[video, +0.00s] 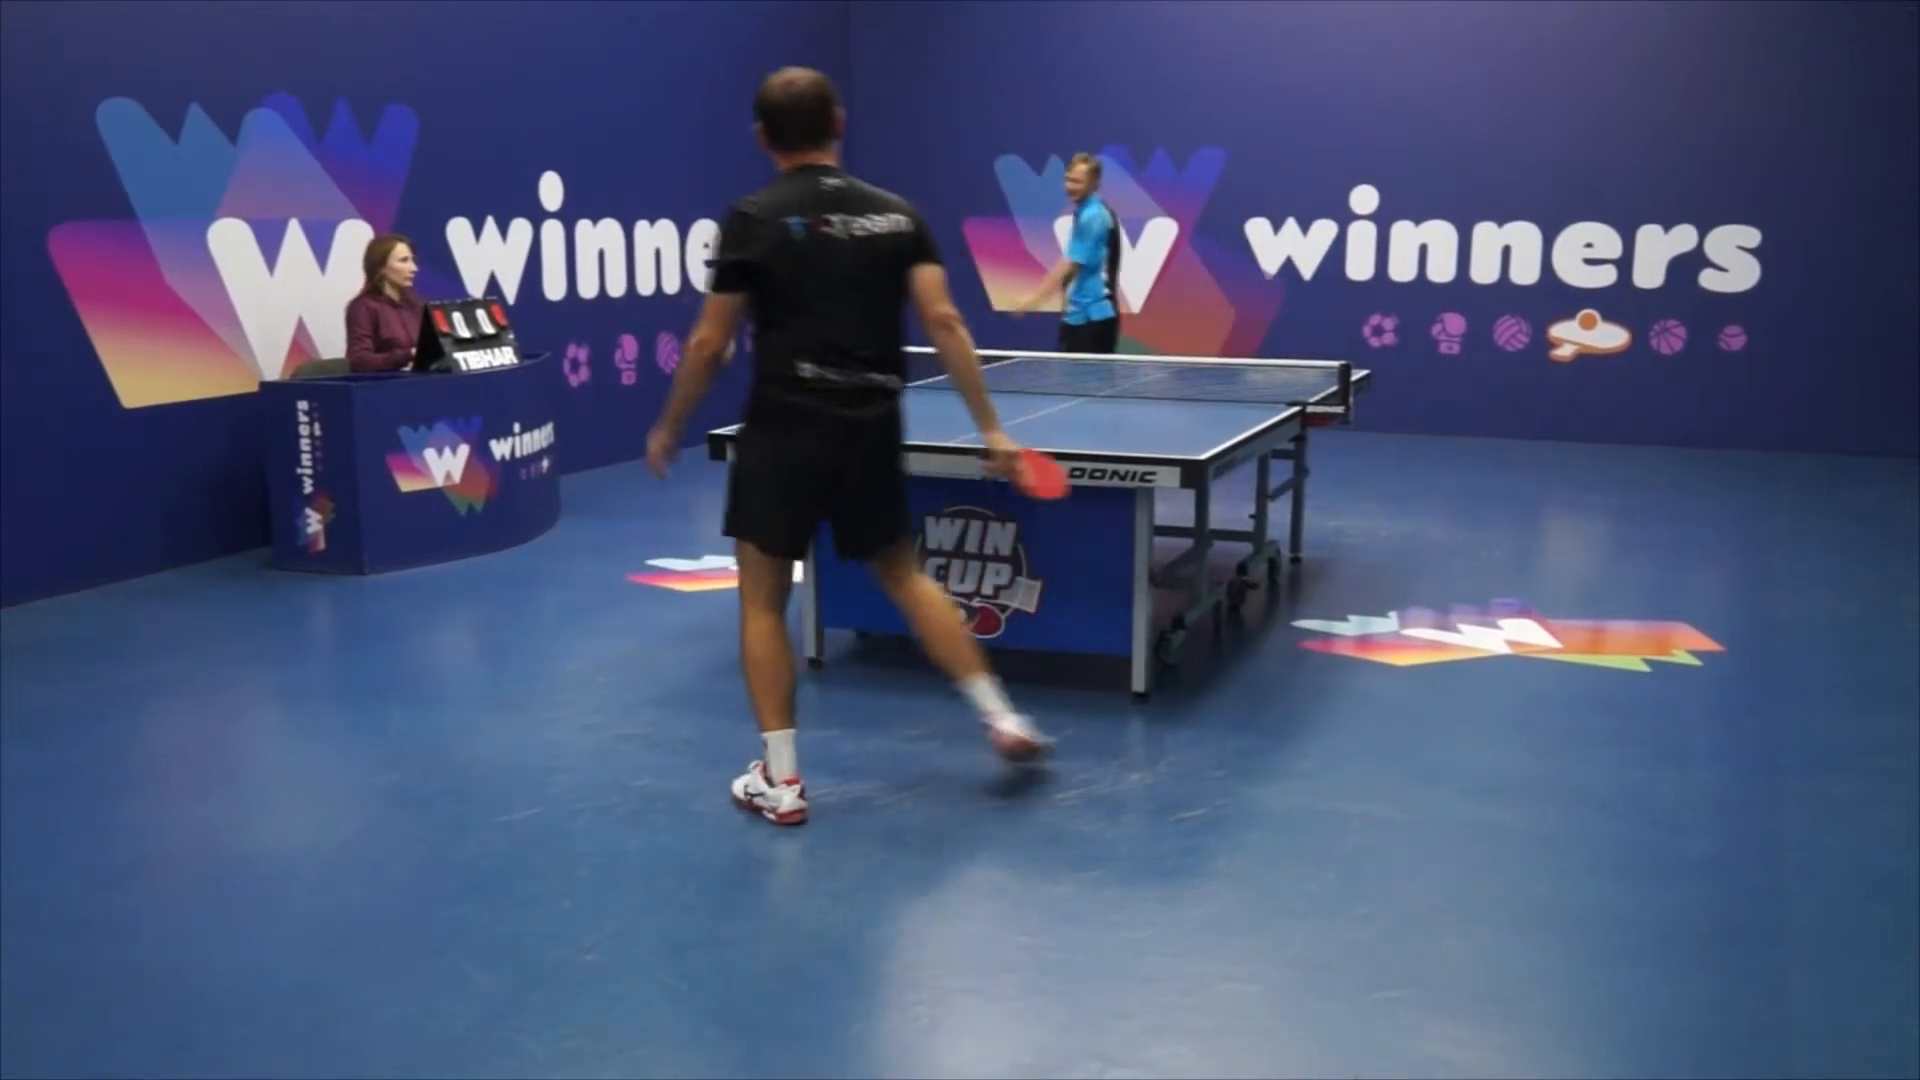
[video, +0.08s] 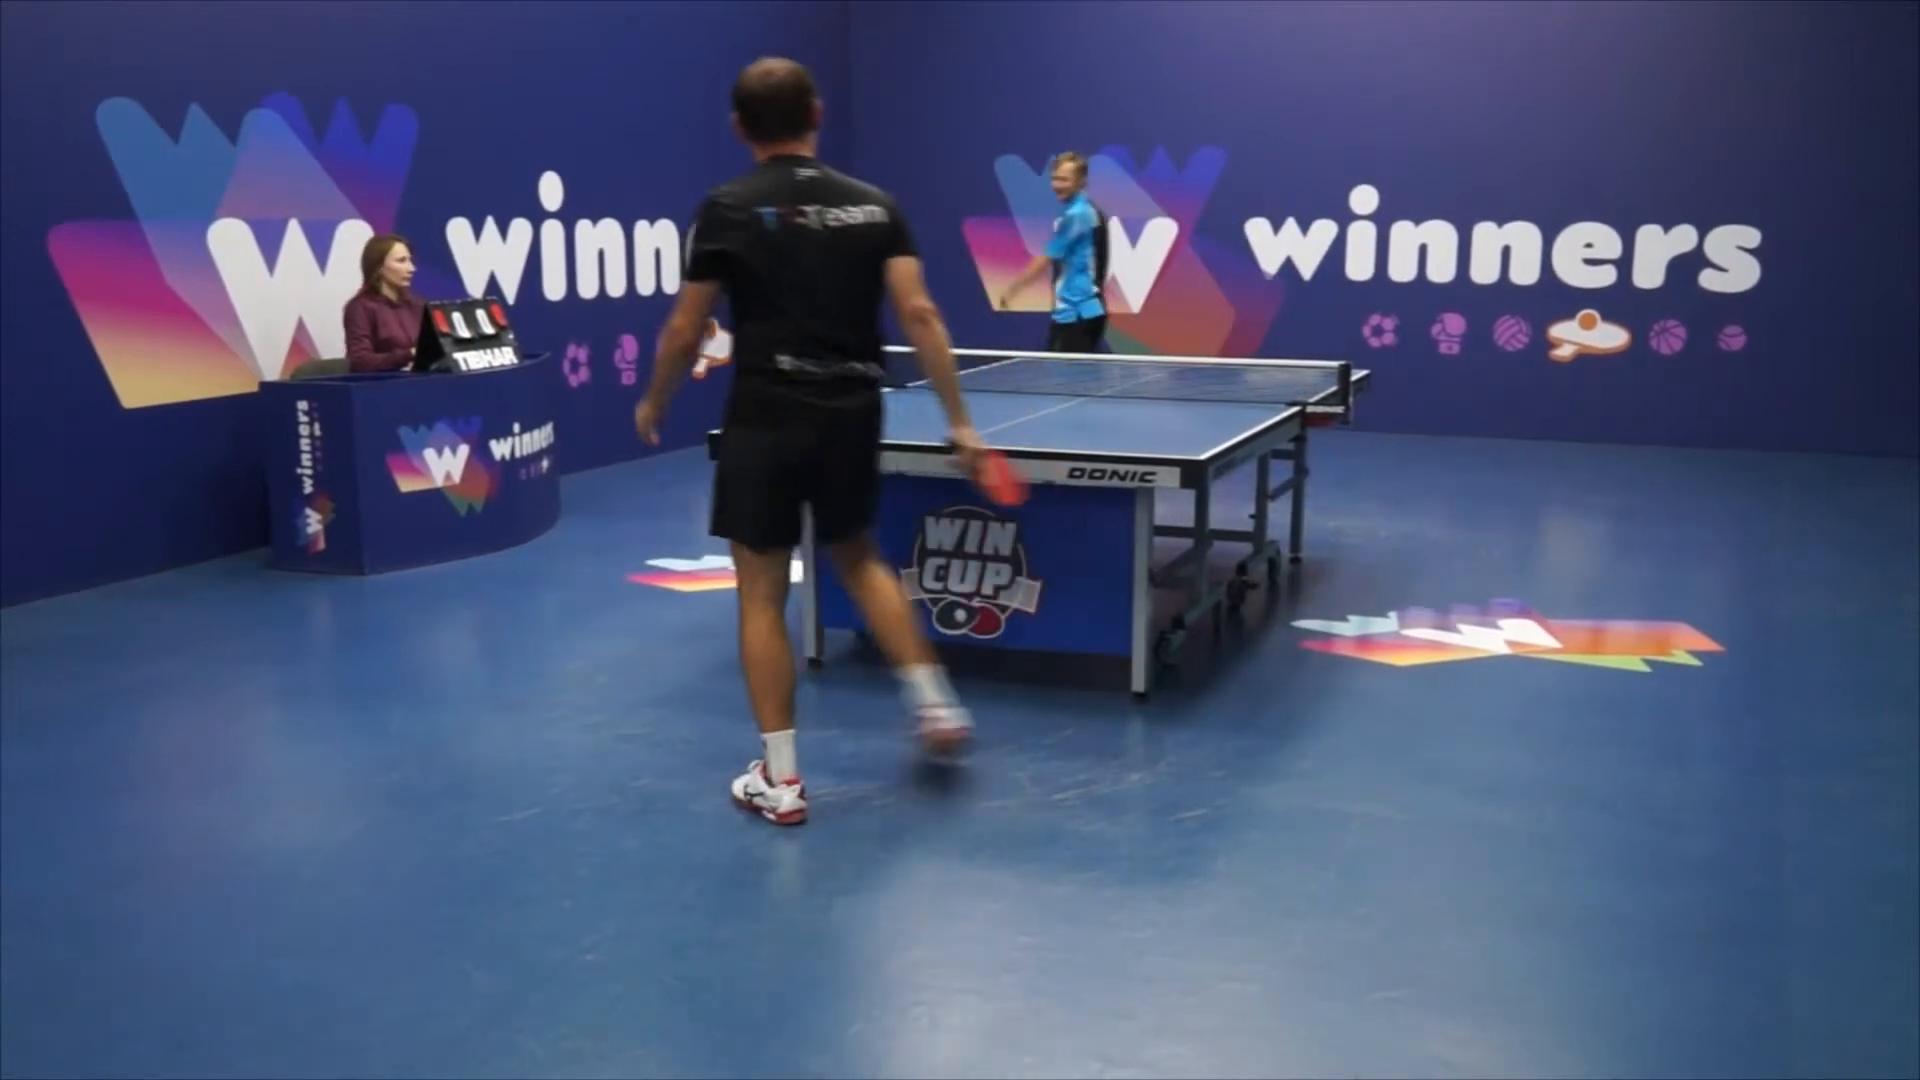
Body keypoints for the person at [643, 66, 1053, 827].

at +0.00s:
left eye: (758, 130)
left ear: (763, 137)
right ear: (837, 128)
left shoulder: (752, 222)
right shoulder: (895, 215)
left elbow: (710, 345)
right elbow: (944, 322)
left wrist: (668, 425)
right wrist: (991, 428)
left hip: (783, 440)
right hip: (872, 439)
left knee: (762, 599)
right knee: (906, 574)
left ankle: (781, 777)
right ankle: (1001, 716)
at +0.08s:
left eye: (737, 120)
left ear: (740, 127)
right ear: (815, 117)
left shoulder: (727, 211)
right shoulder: (872, 206)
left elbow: (686, 330)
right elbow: (919, 316)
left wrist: (654, 402)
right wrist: (960, 423)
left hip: (765, 428)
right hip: (851, 424)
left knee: (761, 598)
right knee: (859, 555)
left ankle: (781, 778)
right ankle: (935, 698)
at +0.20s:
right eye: (788, 105)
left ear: (714, 122)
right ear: (789, 114)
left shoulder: (693, 206)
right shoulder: (842, 202)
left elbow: (657, 323)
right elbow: (884, 316)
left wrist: (644, 379)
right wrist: (909, 424)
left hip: (743, 418)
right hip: (827, 414)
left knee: (759, 591)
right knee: (807, 551)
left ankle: (780, 775)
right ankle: (815, 705)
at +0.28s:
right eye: (773, 110)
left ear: (698, 126)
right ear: (773, 119)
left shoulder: (675, 210)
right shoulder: (823, 206)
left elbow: (642, 330)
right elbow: (865, 320)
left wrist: (639, 377)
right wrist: (873, 420)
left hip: (731, 417)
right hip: (812, 414)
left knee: (755, 597)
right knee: (770, 569)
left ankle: (782, 778)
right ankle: (754, 710)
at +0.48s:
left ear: (668, 135)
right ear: (741, 133)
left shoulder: (643, 215)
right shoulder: (784, 217)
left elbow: (619, 335)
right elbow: (829, 323)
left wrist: (621, 406)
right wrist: (805, 398)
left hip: (689, 414)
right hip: (768, 411)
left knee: (723, 585)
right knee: (721, 573)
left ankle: (774, 762)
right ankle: (682, 710)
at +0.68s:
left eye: (648, 112)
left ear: (646, 120)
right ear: (718, 120)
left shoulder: (621, 195)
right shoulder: (757, 205)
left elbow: (594, 305)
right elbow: (790, 315)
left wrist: (573, 406)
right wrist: (742, 343)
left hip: (653, 399)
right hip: (732, 399)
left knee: (636, 558)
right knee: (710, 554)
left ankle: (707, 678)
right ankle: (684, 704)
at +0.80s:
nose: (695, 231)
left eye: (697, 220)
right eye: (695, 219)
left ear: (635, 208)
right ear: (676, 215)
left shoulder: (594, 241)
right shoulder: (650, 276)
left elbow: (504, 301)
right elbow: (654, 392)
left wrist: (551, 351)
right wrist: (709, 390)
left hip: (491, 394)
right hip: (527, 406)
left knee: (545, 533)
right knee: (584, 562)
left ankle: (547, 656)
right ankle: (583, 742)